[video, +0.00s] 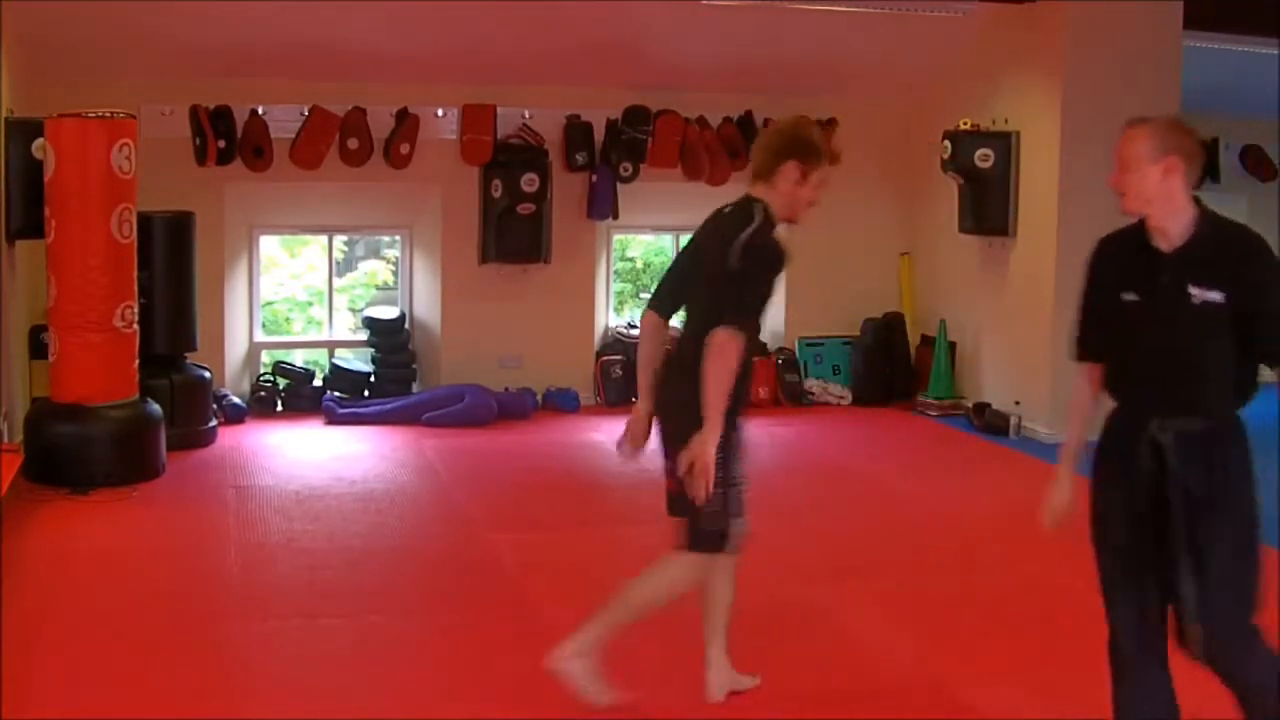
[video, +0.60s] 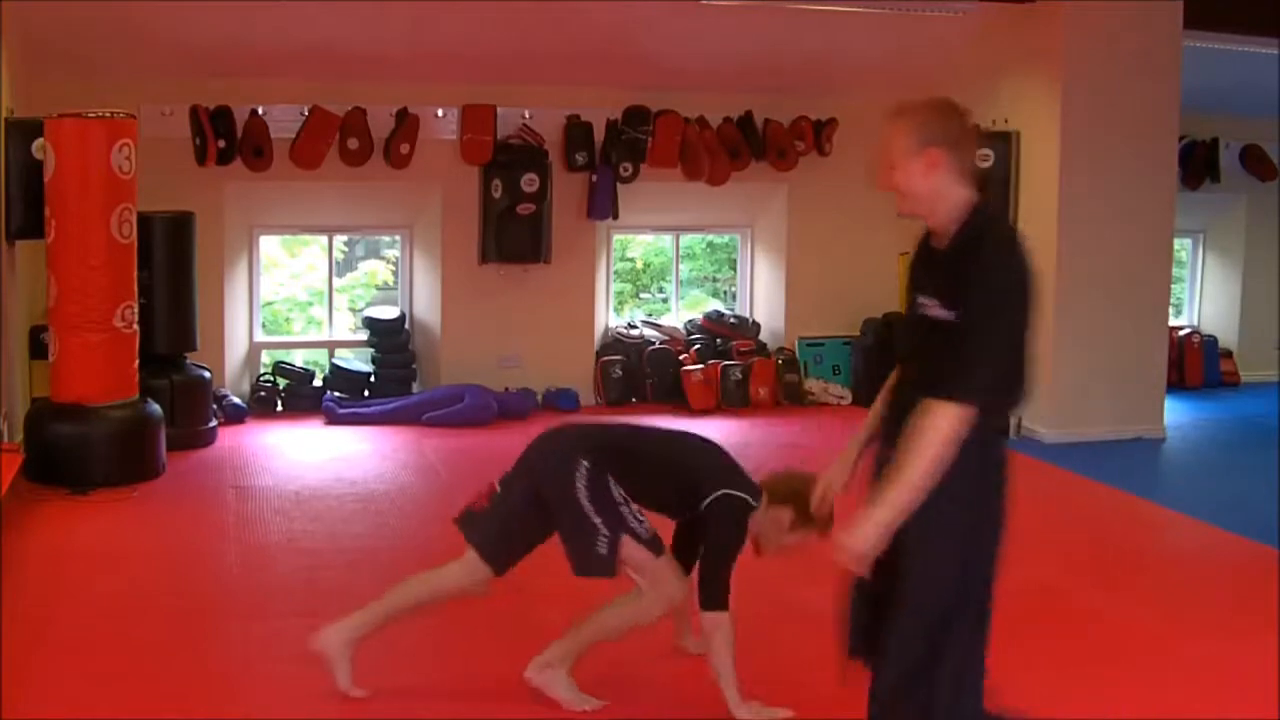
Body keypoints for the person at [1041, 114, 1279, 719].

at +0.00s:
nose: (1115, 179)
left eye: (1127, 166)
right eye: (1116, 166)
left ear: (1171, 171)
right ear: (1159, 174)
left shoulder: (1243, 252)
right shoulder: (1113, 254)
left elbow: (1266, 361)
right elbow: (1091, 370)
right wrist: (1066, 468)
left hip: (1212, 456)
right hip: (1128, 453)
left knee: (1215, 629)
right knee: (1133, 635)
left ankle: (1269, 700)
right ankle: (1147, 716)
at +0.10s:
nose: (1093, 168)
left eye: (1104, 155)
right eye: (1092, 155)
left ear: (1150, 157)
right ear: (1126, 160)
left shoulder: (1215, 239)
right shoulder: (1092, 239)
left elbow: (1264, 340)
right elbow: (1055, 338)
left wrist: (1252, 431)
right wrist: (1030, 414)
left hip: (1184, 444)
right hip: (1102, 441)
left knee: (1160, 622)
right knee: (1105, 622)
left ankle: (1214, 711)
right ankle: (1127, 713)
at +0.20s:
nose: (1063, 173)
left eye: (1074, 159)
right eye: (1062, 160)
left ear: (1121, 161)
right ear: (1111, 163)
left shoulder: (1184, 242)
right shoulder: (1069, 241)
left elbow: (1228, 339)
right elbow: (1026, 317)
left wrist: (1179, 395)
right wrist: (1001, 354)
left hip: (1148, 444)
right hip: (1077, 441)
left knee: (1115, 608)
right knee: (1075, 609)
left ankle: (1139, 712)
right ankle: (1093, 711)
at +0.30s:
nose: (1028, 190)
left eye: (1038, 174)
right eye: (1027, 175)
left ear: (1084, 173)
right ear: (1076, 175)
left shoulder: (1146, 252)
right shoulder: (1042, 251)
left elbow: (1184, 352)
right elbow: (995, 324)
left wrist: (1109, 395)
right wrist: (976, 328)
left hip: (1114, 452)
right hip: (1046, 448)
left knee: (1082, 606)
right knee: (1051, 599)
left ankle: (1064, 708)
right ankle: (1119, 706)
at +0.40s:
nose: (984, 197)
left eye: (997, 181)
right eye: (983, 182)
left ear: (1044, 180)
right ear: (1034, 183)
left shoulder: (1104, 265)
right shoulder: (1007, 259)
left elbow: (1121, 380)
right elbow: (940, 358)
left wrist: (1036, 444)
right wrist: (937, 331)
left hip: (1065, 468)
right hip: (1007, 464)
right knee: (1054, 639)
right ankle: (1110, 713)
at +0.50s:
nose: (942, 192)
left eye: (953, 176)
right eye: (942, 177)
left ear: (998, 174)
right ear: (988, 177)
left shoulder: (1053, 268)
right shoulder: (967, 257)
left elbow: (1038, 409)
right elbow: (928, 342)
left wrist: (949, 515)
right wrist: (902, 372)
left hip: (1011, 473)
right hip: (951, 462)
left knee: (955, 647)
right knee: (947, 634)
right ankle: (1054, 710)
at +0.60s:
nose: (888, 179)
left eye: (898, 163)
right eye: (889, 163)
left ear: (937, 162)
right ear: (931, 165)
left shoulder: (993, 255)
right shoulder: (931, 249)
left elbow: (958, 405)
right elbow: (912, 369)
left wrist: (880, 518)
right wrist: (852, 454)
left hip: (963, 460)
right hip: (914, 449)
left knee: (930, 630)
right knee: (901, 618)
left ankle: (928, 705)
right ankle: (936, 702)